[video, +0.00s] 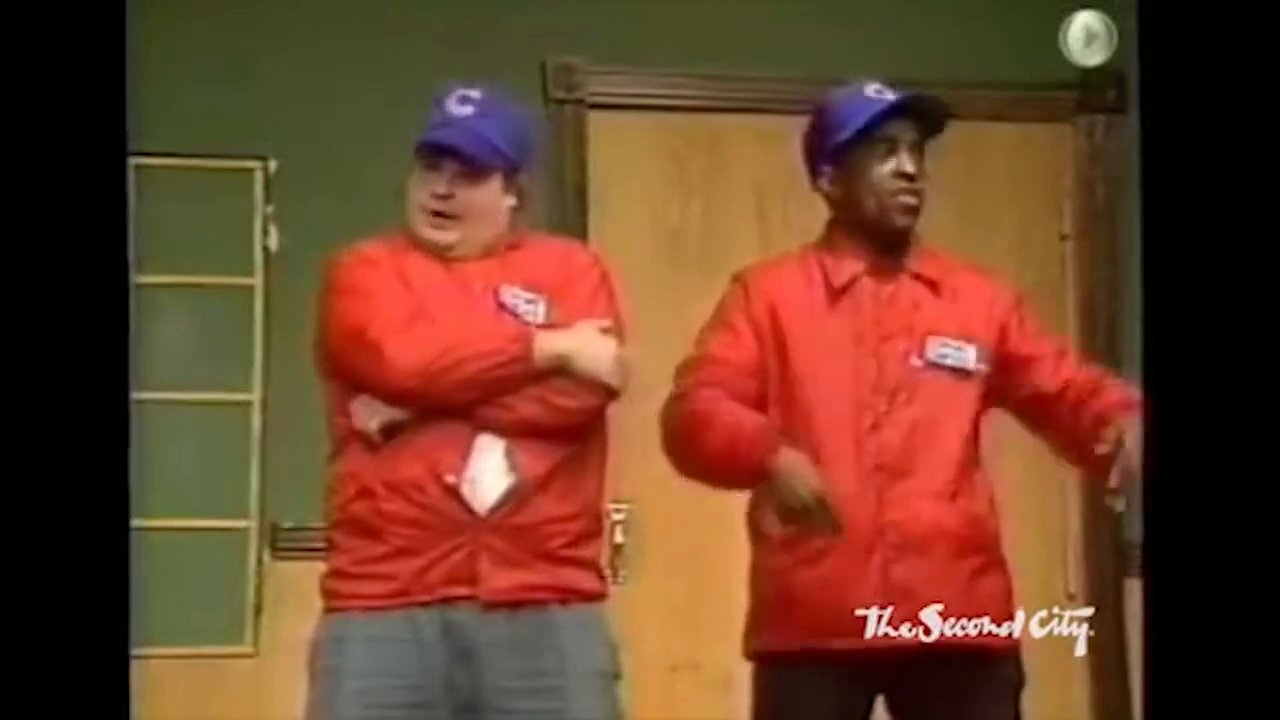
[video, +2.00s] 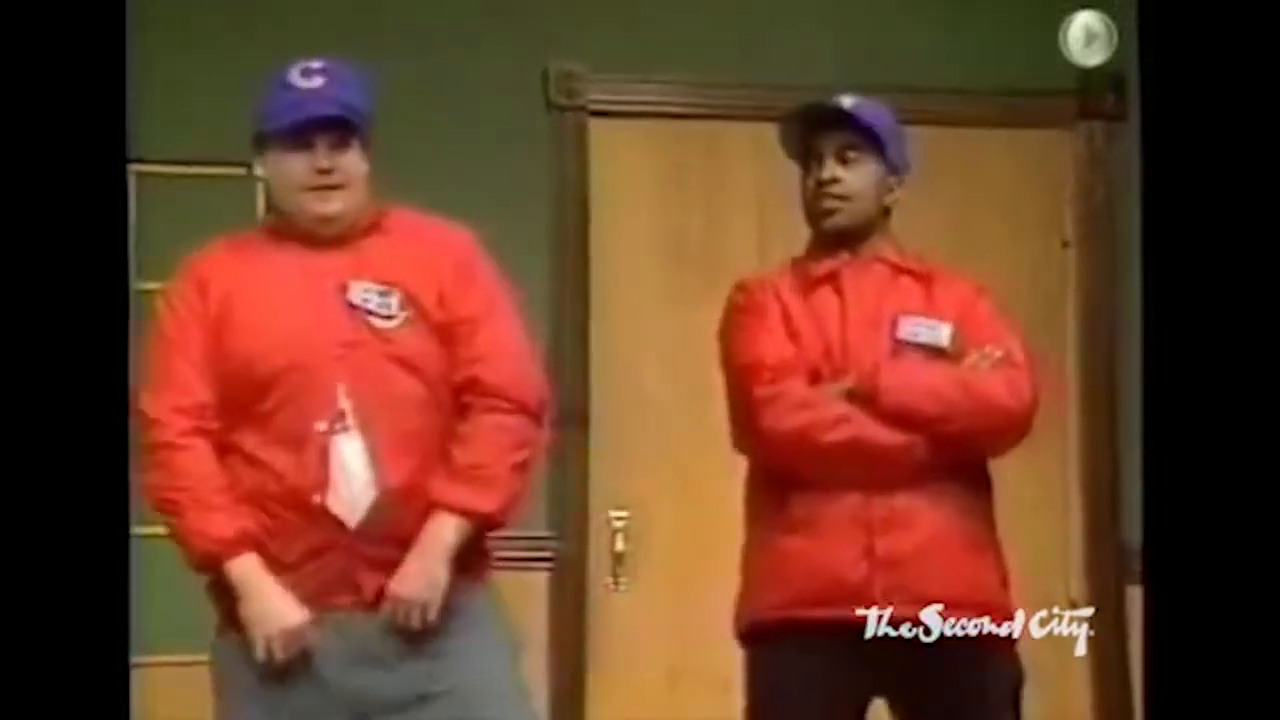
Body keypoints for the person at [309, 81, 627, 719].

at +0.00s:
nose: (441, 190)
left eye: (468, 175)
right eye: (430, 167)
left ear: (513, 194)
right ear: (410, 175)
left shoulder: (571, 268)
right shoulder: (364, 268)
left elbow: (577, 396)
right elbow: (395, 367)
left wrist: (425, 392)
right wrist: (551, 349)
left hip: (545, 609)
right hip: (383, 609)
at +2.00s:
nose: (324, 161)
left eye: (341, 141)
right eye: (300, 144)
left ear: (368, 154)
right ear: (263, 162)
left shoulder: (445, 256)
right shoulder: (210, 280)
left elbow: (509, 403)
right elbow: (174, 440)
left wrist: (437, 545)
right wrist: (251, 581)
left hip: (440, 622)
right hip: (277, 633)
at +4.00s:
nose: (396, 212)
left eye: (417, 196)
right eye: (375, 193)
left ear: (448, 211)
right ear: (342, 205)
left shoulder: (508, 301)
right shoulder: (282, 313)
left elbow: (566, 451)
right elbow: (245, 476)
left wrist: (491, 579)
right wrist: (357, 581)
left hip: (493, 626)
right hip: (333, 631)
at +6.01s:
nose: (554, 209)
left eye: (553, 192)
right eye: (531, 195)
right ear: (465, 209)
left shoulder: (595, 312)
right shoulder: (370, 303)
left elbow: (642, 463)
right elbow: (320, 452)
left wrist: (569, 578)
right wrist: (419, 562)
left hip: (554, 632)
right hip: (398, 632)